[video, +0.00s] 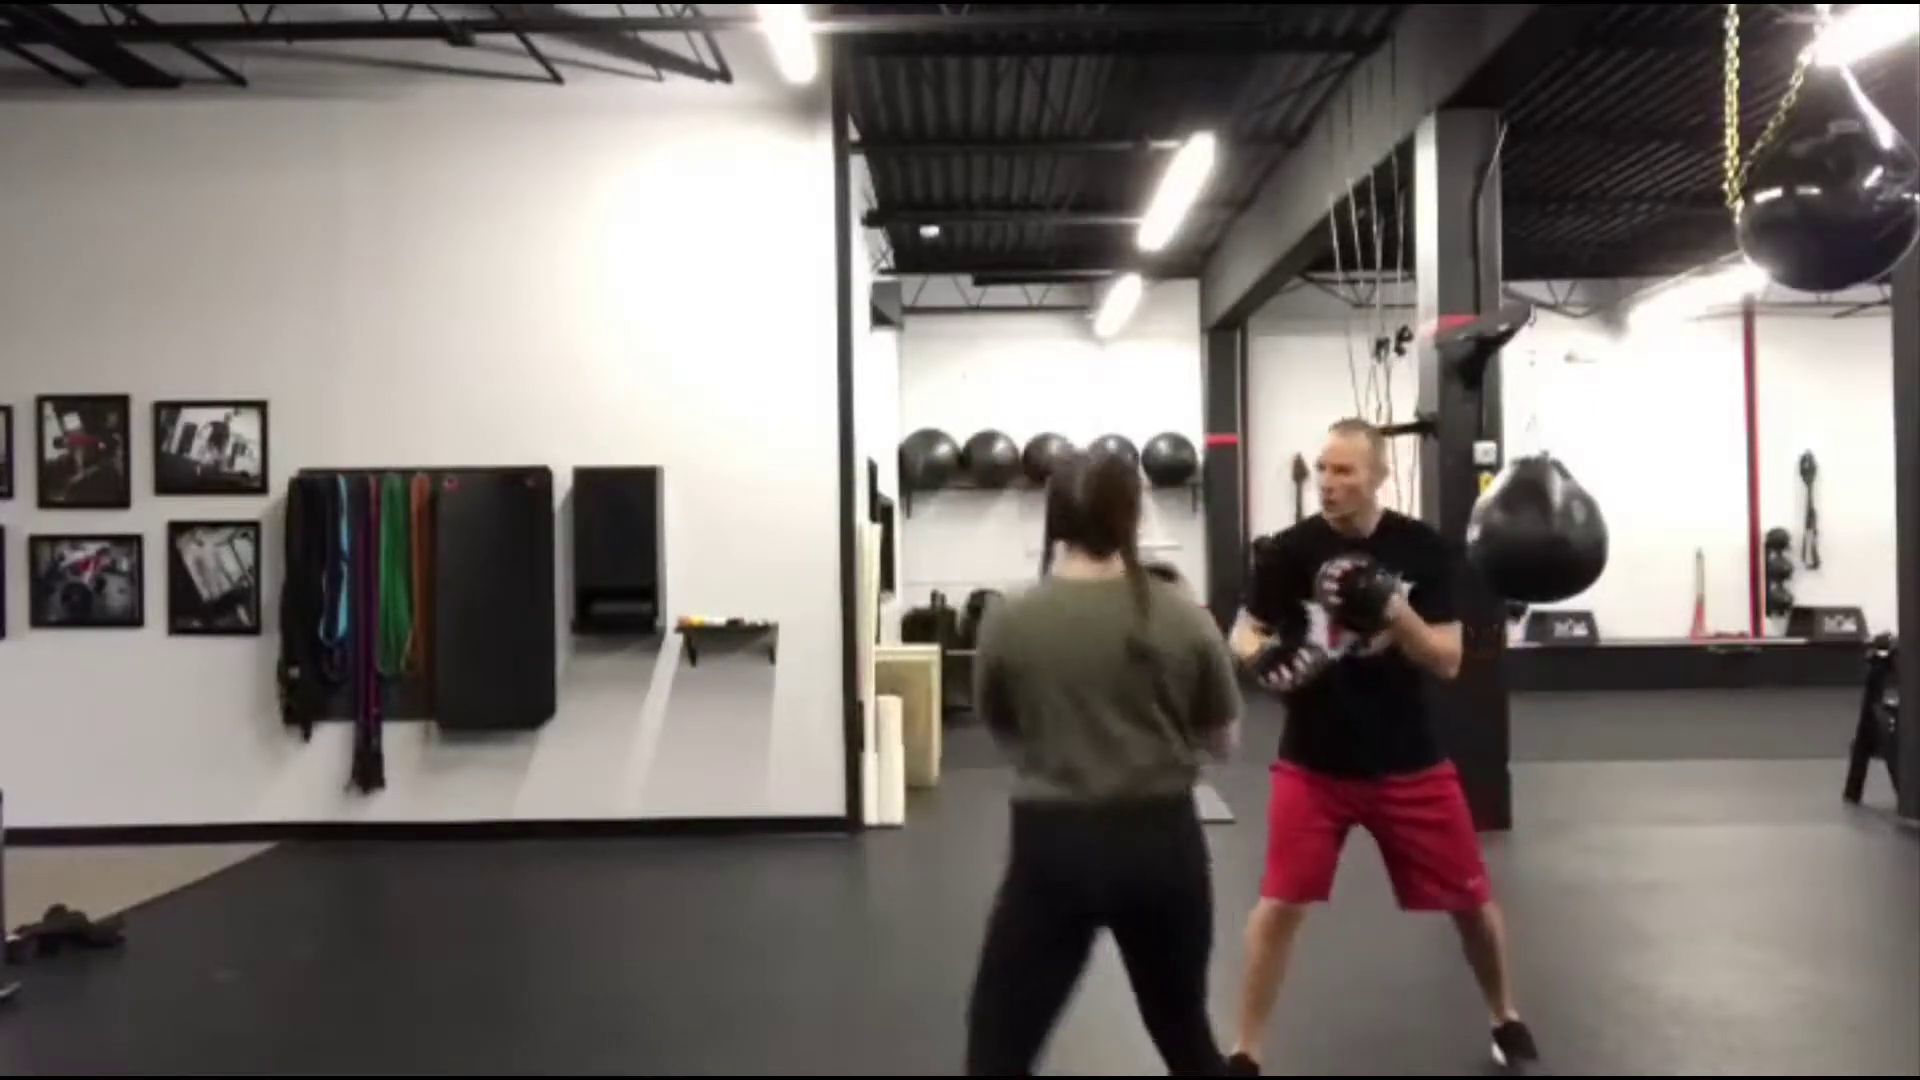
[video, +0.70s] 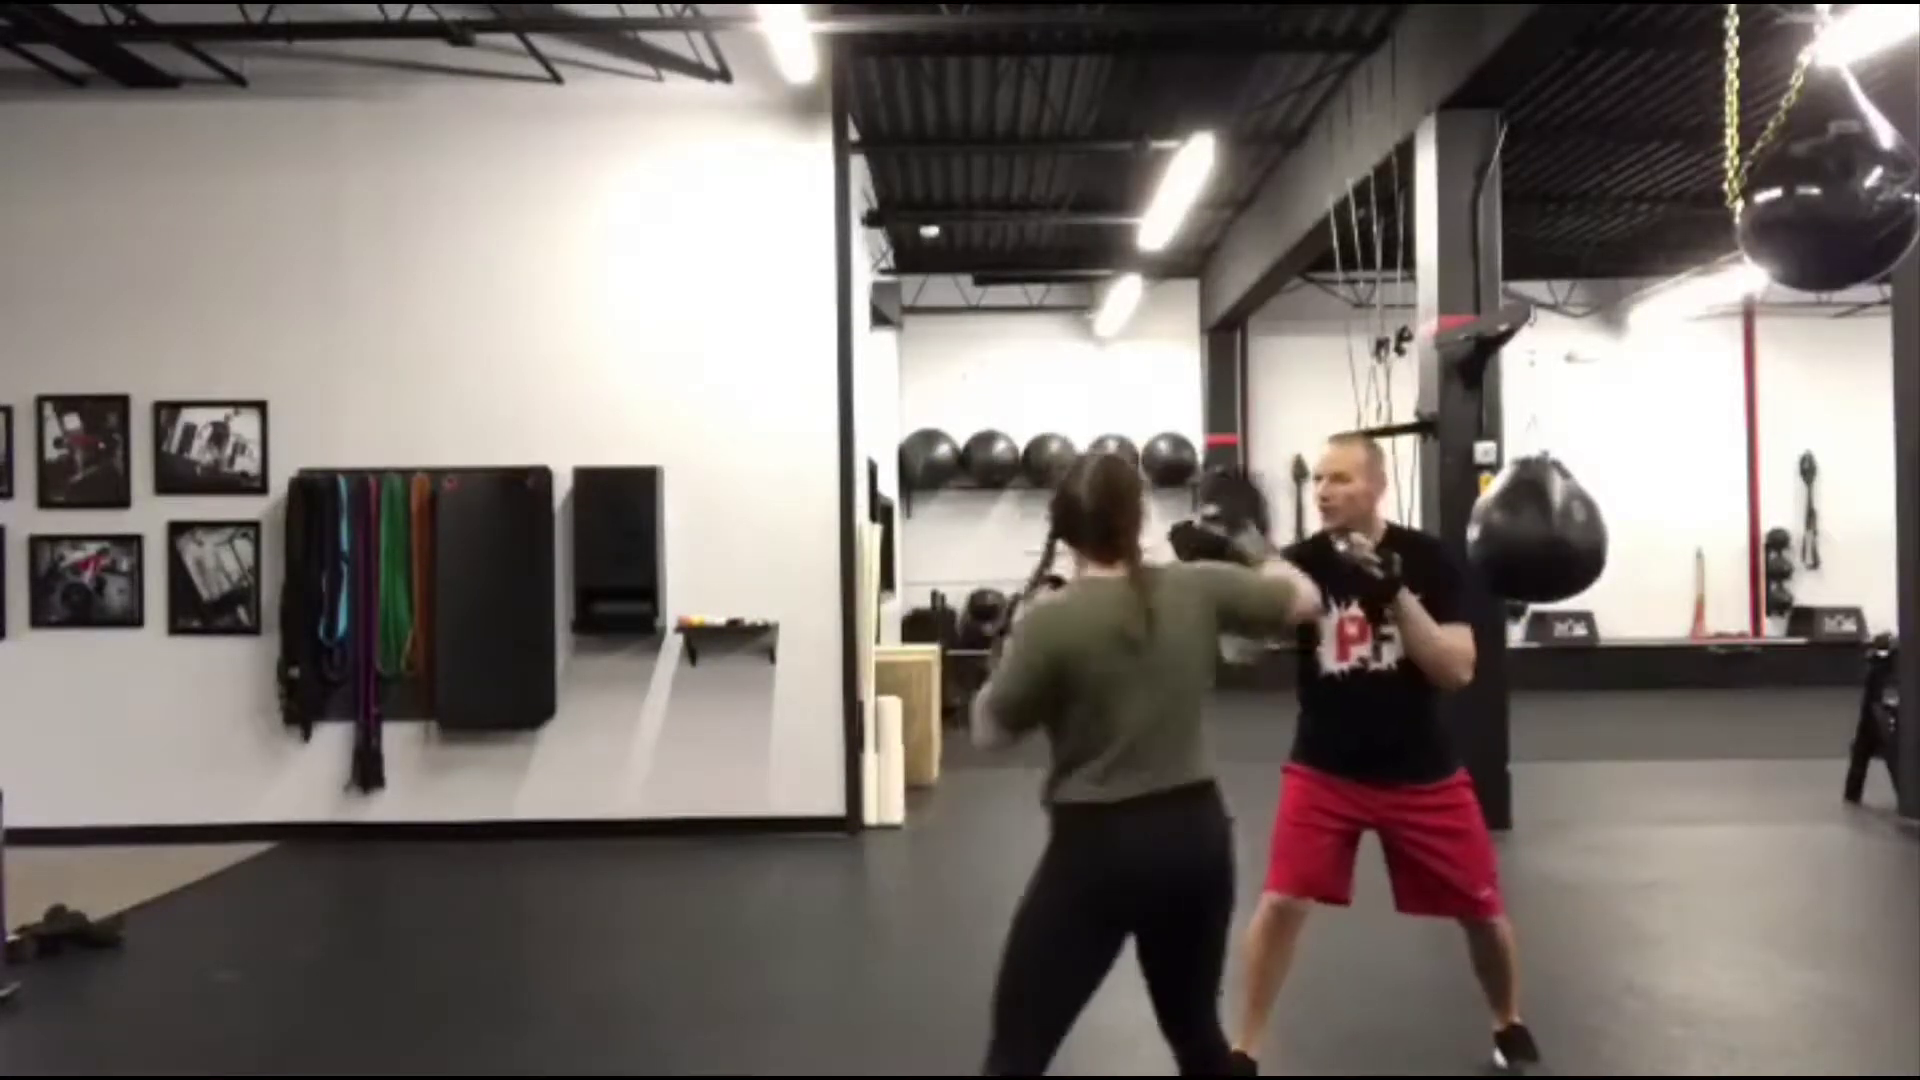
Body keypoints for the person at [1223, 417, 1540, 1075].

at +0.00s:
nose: (1329, 483)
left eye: (1344, 471)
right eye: (1323, 471)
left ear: (1379, 478)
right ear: (1315, 475)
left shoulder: (1428, 549)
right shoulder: (1286, 553)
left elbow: (1447, 659)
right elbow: (1244, 638)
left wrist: (1395, 612)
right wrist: (1269, 655)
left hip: (1411, 767)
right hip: (1312, 767)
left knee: (1473, 902)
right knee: (1281, 902)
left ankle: (1505, 1020)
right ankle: (1246, 1054)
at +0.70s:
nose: (1323, 491)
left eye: (1339, 479)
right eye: (1318, 480)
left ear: (1380, 486)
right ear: (1313, 489)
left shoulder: (1430, 558)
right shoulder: (1304, 563)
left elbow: (1457, 668)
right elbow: (1262, 616)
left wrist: (1395, 593)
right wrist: (1241, 564)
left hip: (1425, 777)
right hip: (1323, 772)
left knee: (1485, 915)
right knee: (1281, 903)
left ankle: (1509, 1028)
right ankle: (1244, 1050)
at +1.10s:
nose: (1280, 492)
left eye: (1293, 480)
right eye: (1270, 480)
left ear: (1322, 485)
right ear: (1258, 485)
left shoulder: (1367, 552)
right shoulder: (1253, 564)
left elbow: (1376, 634)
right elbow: (1203, 636)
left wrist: (1327, 545)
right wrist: (1222, 550)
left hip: (1384, 778)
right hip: (1285, 775)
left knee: (1450, 924)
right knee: (1248, 906)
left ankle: (1498, 1022)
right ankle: (1241, 1053)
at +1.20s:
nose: (1306, 492)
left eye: (1320, 479)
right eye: (1296, 479)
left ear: (1347, 482)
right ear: (1281, 484)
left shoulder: (1391, 554)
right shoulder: (1257, 566)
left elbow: (1425, 650)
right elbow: (1220, 656)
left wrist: (1352, 574)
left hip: (1392, 775)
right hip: (1289, 774)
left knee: (1466, 917)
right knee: (1253, 909)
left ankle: (1497, 1021)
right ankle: (1241, 1054)